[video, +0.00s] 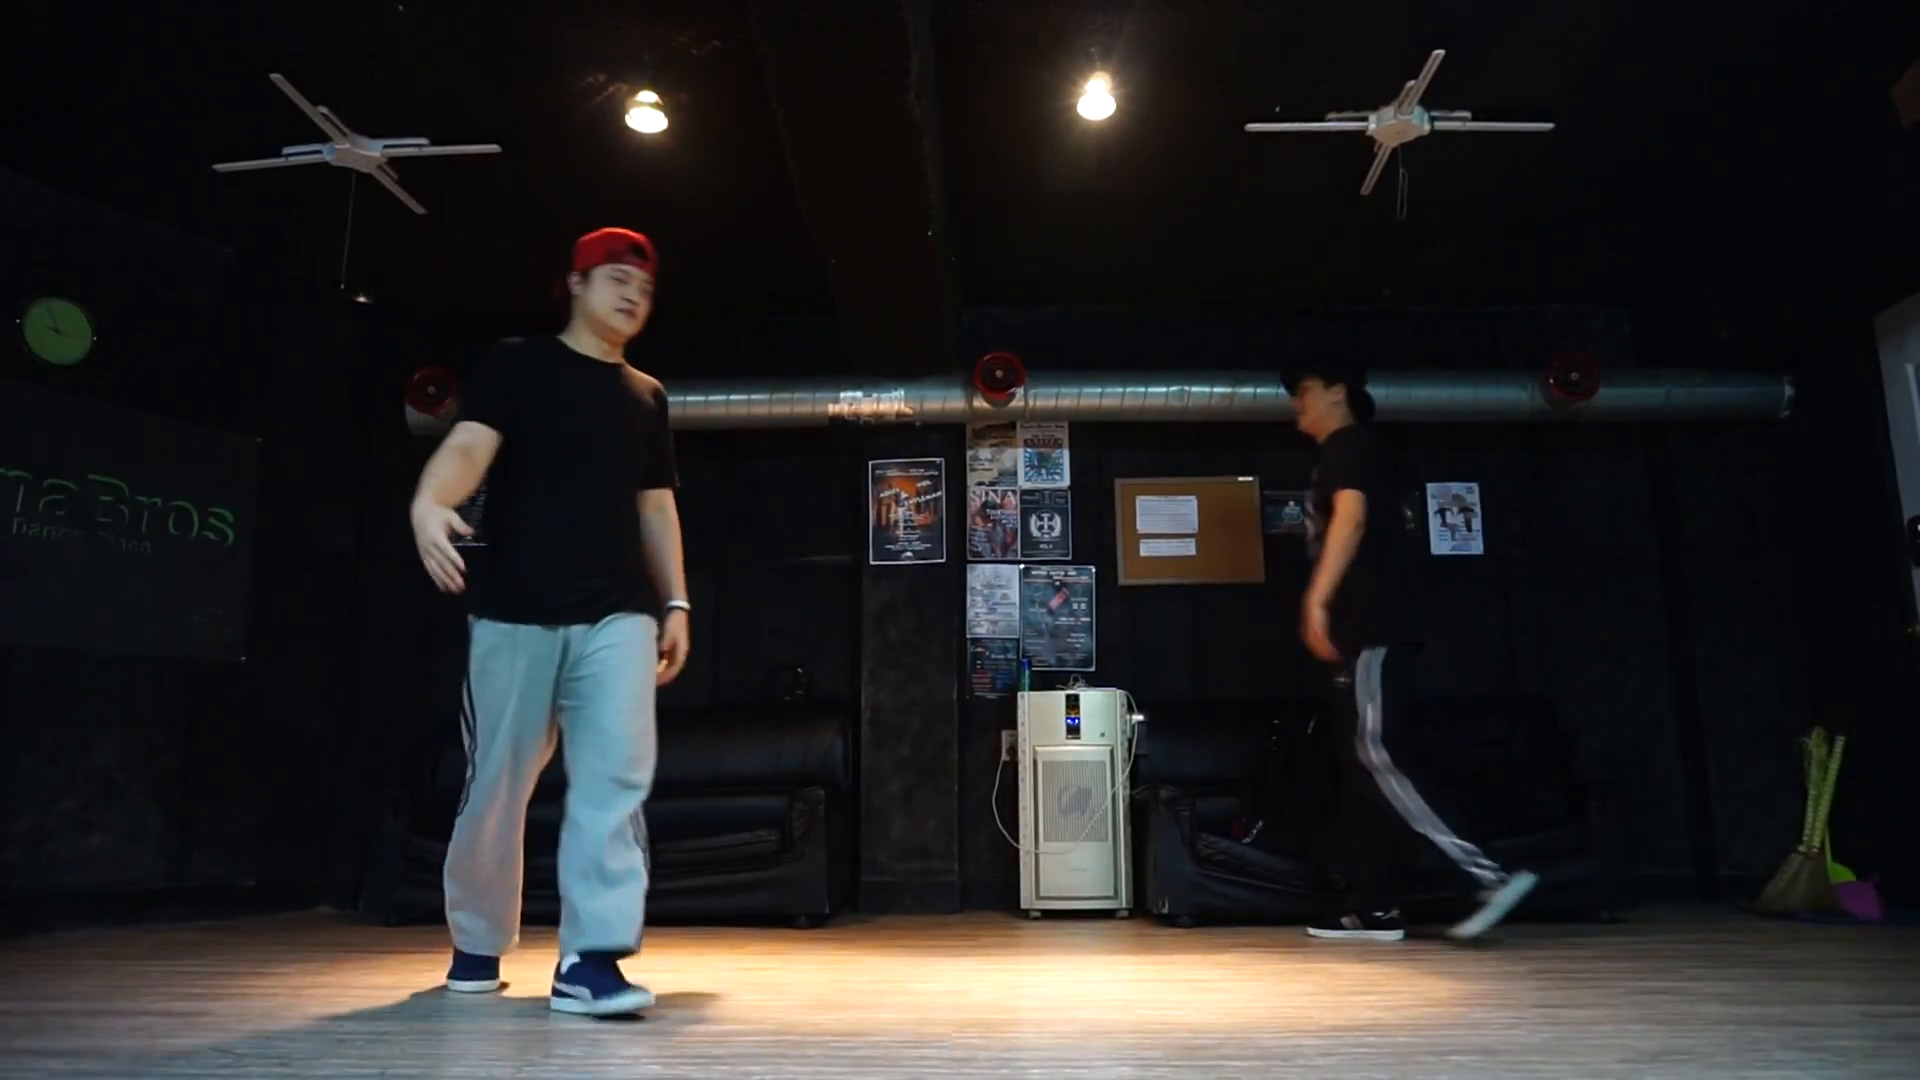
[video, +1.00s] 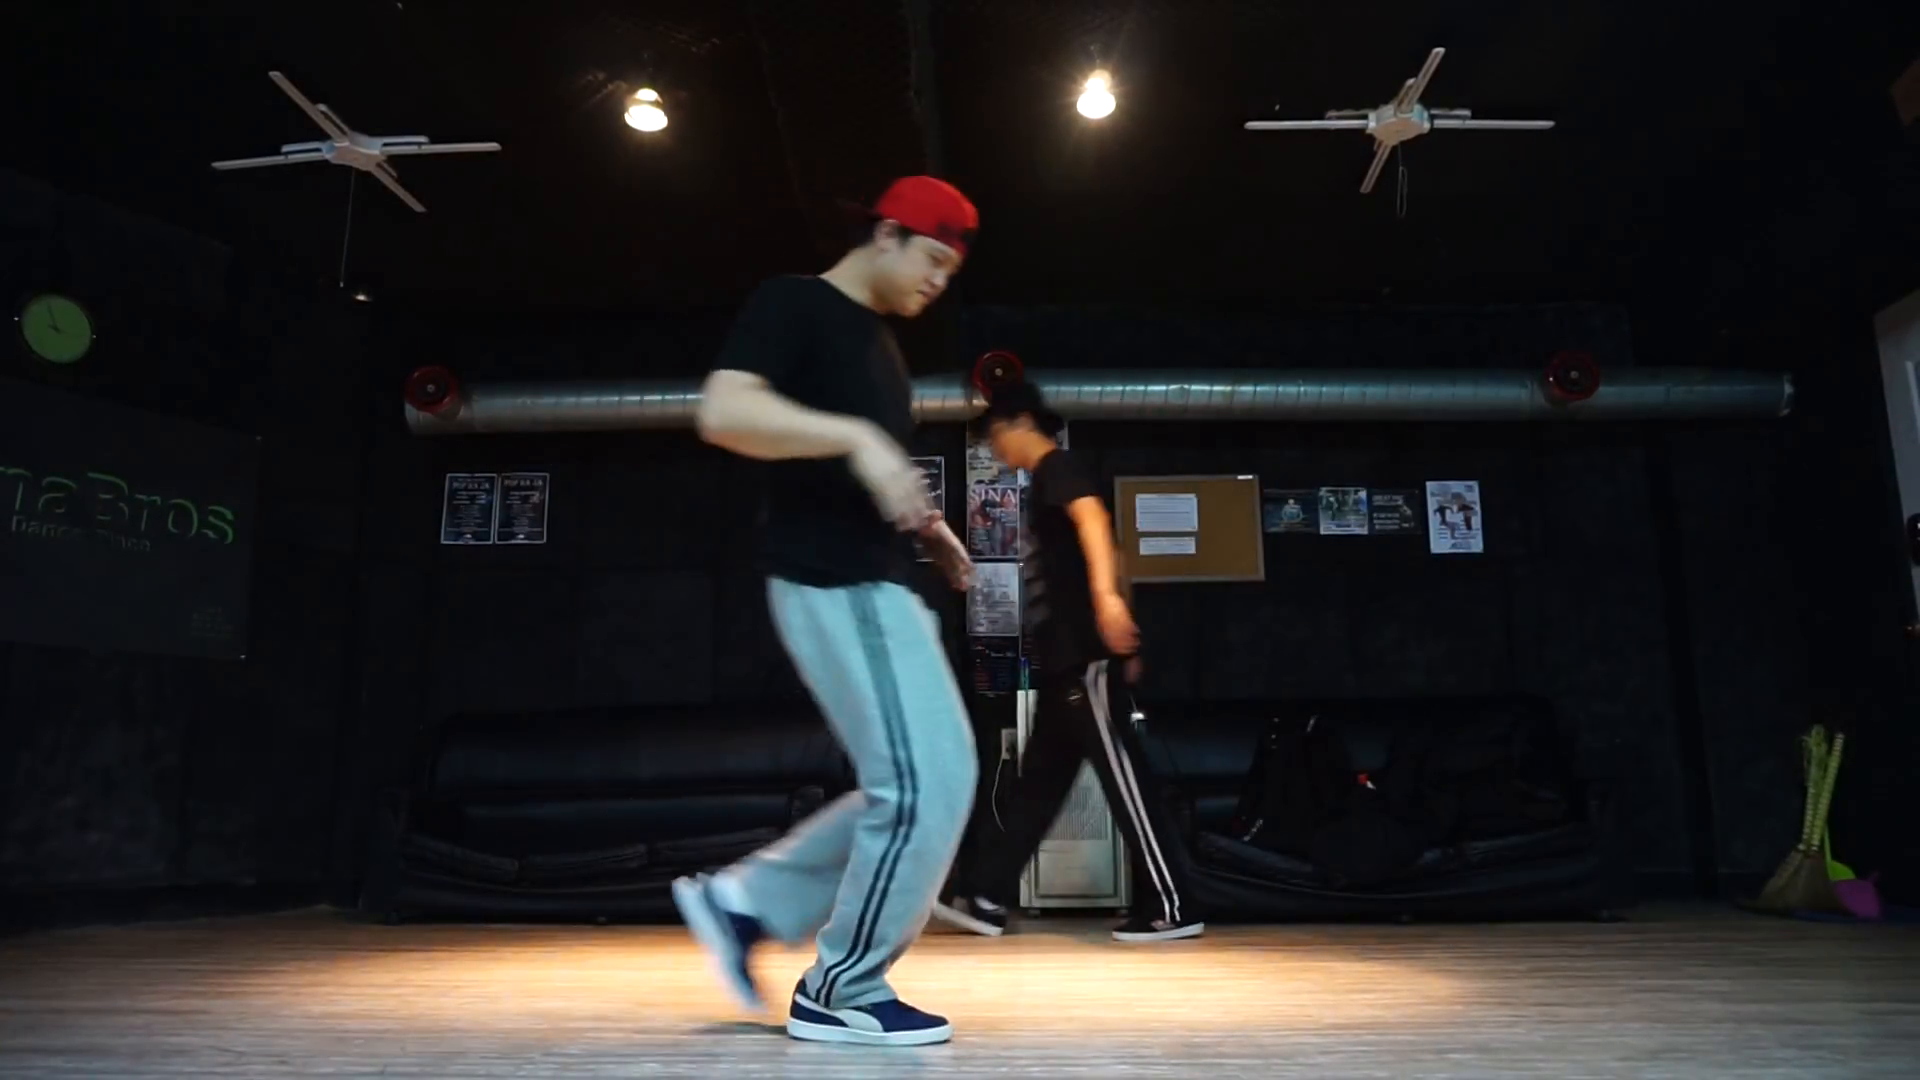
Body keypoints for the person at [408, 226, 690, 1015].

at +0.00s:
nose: (631, 295)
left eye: (643, 289)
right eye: (617, 280)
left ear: (648, 308)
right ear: (577, 286)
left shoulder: (645, 398)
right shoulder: (517, 368)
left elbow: (658, 507)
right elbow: (466, 449)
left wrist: (676, 601)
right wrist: (428, 503)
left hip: (616, 612)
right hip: (516, 610)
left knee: (615, 781)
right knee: (500, 782)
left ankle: (590, 963)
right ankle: (476, 949)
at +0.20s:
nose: (696, 309)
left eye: (708, 300)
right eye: (684, 290)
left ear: (710, 312)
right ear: (640, 282)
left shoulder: (673, 393)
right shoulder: (565, 349)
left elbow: (676, 508)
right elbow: (513, 446)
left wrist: (725, 587)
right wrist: (476, 529)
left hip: (666, 614)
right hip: (567, 609)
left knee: (668, 786)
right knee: (557, 779)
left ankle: (597, 965)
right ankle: (491, 903)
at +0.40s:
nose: (736, 274)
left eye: (747, 264)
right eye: (725, 254)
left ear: (745, 274)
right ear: (680, 242)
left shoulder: (709, 363)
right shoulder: (604, 316)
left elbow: (712, 481)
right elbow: (547, 421)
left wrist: (775, 559)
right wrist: (527, 518)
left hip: (701, 586)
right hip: (623, 569)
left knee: (698, 773)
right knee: (672, 740)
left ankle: (601, 959)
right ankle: (579, 936)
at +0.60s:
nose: (789, 237)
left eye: (798, 226)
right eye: (776, 217)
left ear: (795, 239)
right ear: (726, 213)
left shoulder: (764, 335)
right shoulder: (659, 289)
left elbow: (763, 457)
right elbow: (586, 400)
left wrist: (834, 531)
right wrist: (623, 496)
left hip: (740, 574)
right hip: (670, 558)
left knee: (683, 775)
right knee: (737, 738)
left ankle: (589, 959)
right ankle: (800, 957)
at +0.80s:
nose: (866, 256)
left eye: (877, 245)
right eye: (855, 235)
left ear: (873, 253)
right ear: (805, 222)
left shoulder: (823, 341)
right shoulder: (723, 301)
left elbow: (815, 466)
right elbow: (640, 403)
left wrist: (881, 532)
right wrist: (739, 474)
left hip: (784, 577)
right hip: (746, 575)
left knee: (765, 783)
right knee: (845, 742)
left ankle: (618, 939)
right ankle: (836, 987)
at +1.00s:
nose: (938, 280)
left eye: (948, 268)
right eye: (930, 258)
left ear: (939, 269)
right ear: (884, 234)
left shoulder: (875, 341)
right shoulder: (795, 305)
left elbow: (871, 461)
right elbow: (723, 410)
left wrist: (925, 524)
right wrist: (858, 436)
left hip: (875, 585)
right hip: (834, 587)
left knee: (914, 787)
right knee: (927, 782)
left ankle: (740, 901)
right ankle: (843, 989)